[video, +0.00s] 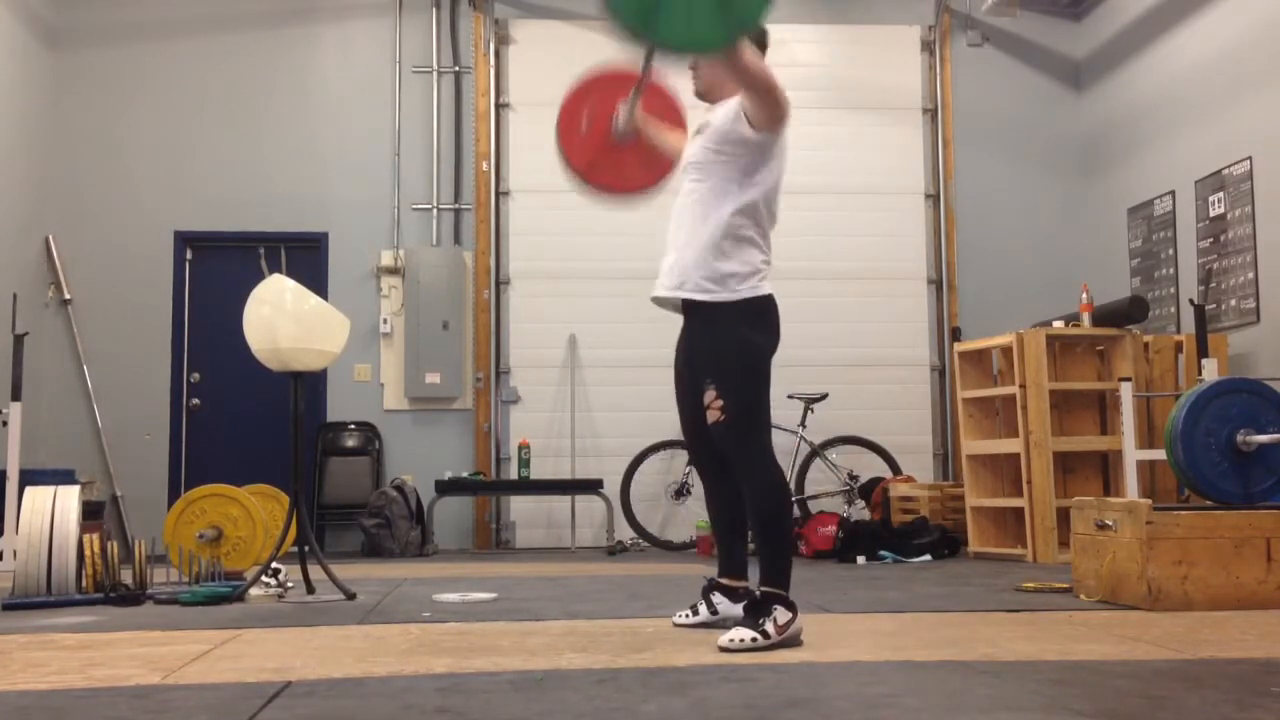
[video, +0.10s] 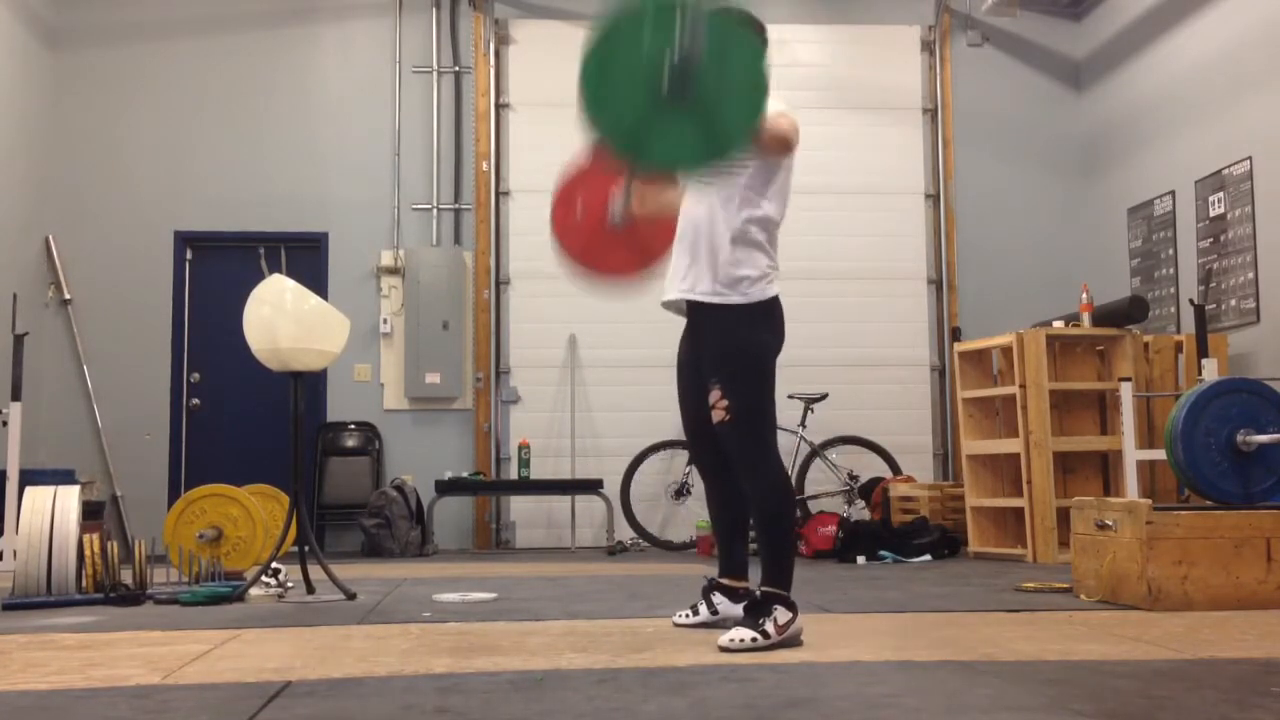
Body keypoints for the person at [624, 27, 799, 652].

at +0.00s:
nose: (691, 64)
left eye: (701, 54)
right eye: (689, 54)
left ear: (736, 55)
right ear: (705, 63)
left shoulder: (756, 116)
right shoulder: (711, 126)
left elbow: (769, 101)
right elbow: (689, 160)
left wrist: (728, 39)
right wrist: (639, 123)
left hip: (739, 313)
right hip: (701, 314)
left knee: (750, 454)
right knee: (709, 456)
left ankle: (777, 606)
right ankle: (730, 594)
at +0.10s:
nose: (723, 66)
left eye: (733, 53)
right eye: (715, 54)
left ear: (753, 59)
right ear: (705, 62)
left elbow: (771, 137)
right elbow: (656, 187)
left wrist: (710, 98)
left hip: (746, 316)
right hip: (702, 316)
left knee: (755, 457)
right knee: (710, 457)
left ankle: (778, 607)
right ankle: (731, 594)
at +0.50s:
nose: (672, 89)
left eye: (683, 74)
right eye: (665, 78)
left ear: (716, 68)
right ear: (661, 82)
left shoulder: (737, 124)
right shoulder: (701, 140)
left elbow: (770, 202)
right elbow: (707, 236)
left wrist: (751, 292)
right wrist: (680, 305)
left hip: (739, 318)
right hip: (706, 320)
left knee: (757, 457)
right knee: (721, 458)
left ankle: (778, 608)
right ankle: (730, 594)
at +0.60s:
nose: (662, 91)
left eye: (672, 77)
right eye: (654, 82)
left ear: (707, 71)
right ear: (652, 86)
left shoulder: (726, 125)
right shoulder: (697, 141)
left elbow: (761, 202)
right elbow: (706, 238)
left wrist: (742, 292)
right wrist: (681, 314)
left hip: (737, 319)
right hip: (706, 323)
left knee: (749, 455)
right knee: (714, 457)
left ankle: (777, 608)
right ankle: (730, 594)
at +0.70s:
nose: (653, 95)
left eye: (662, 80)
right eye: (644, 86)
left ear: (696, 74)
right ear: (641, 91)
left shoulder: (718, 127)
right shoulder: (689, 144)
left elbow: (753, 202)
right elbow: (697, 241)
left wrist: (724, 289)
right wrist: (673, 315)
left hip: (733, 320)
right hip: (702, 324)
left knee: (736, 451)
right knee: (711, 454)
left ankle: (774, 605)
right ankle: (731, 595)